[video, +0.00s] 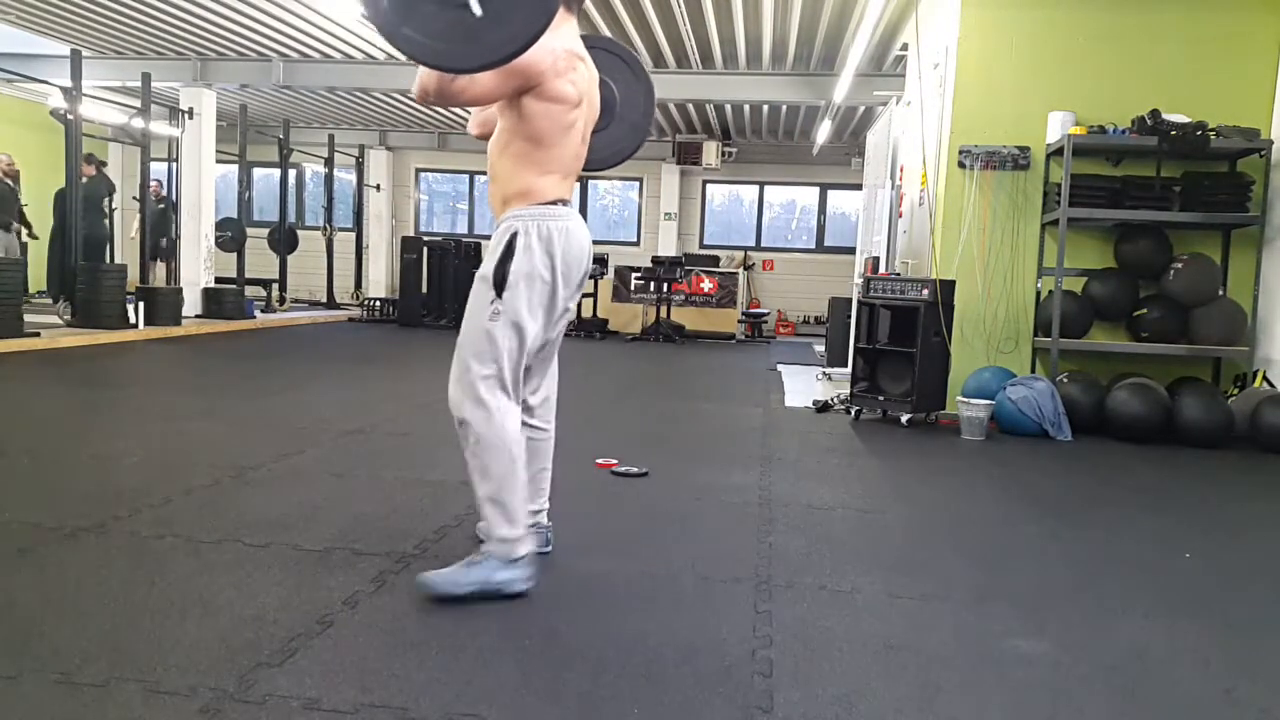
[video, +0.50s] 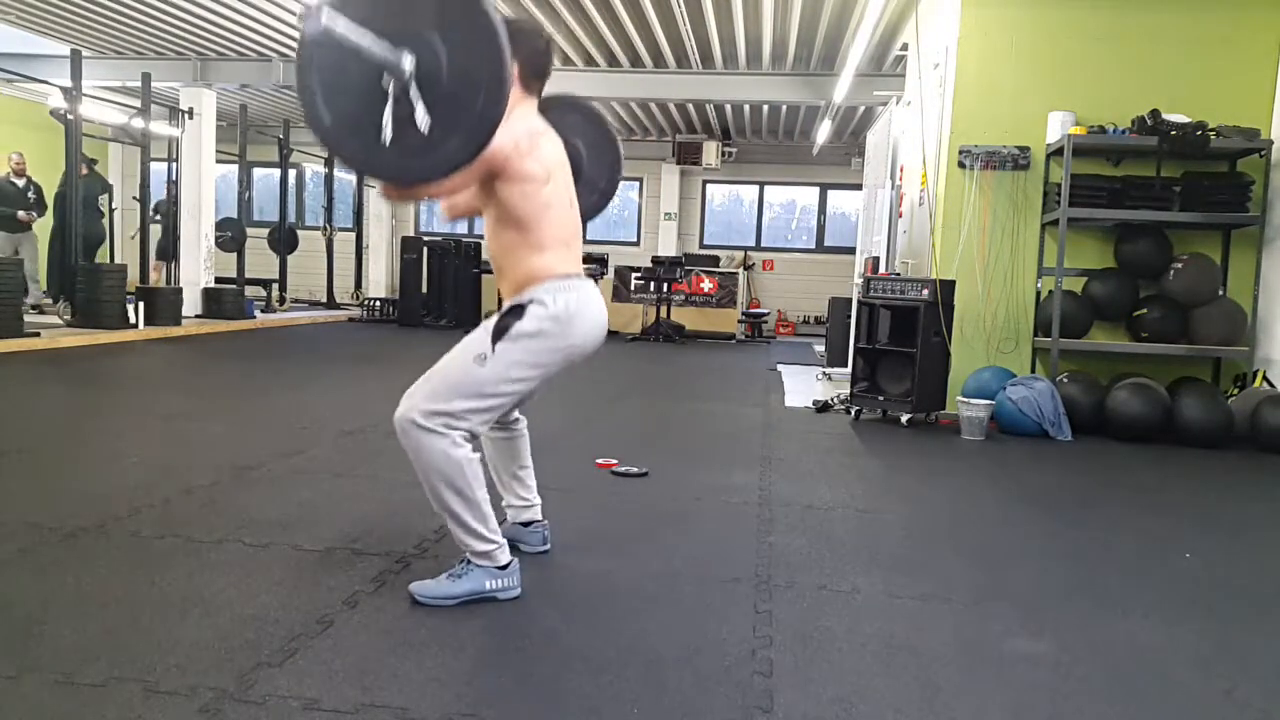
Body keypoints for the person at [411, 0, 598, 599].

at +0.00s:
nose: (503, 16)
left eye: (511, 8)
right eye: (503, 10)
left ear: (542, 4)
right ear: (573, 9)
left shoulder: (540, 52)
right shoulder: (584, 71)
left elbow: (429, 87)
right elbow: (482, 125)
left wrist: (461, 25)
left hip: (526, 236)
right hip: (565, 233)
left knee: (479, 389)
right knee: (534, 391)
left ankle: (506, 551)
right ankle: (529, 523)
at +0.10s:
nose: (501, 16)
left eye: (510, 8)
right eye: (502, 10)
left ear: (537, 5)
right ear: (567, 10)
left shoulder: (532, 56)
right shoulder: (577, 72)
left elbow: (422, 92)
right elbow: (476, 128)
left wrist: (455, 38)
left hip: (523, 242)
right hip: (563, 238)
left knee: (478, 399)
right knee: (525, 395)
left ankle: (492, 561)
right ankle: (529, 521)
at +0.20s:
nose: (489, 21)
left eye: (497, 11)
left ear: (524, 8)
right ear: (559, 12)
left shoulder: (525, 62)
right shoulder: (565, 74)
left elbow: (416, 104)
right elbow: (467, 137)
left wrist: (440, 44)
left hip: (527, 247)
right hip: (562, 244)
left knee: (464, 399)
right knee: (514, 400)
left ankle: (492, 561)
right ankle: (527, 521)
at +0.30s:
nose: (483, 21)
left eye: (491, 11)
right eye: (485, 12)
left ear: (519, 13)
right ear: (550, 19)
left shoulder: (520, 78)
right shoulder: (557, 86)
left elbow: (412, 125)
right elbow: (465, 151)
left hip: (535, 262)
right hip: (564, 258)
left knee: (449, 401)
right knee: (508, 405)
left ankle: (491, 562)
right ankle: (526, 523)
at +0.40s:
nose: (481, 46)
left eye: (489, 34)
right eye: (482, 33)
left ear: (515, 41)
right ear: (539, 44)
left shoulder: (512, 103)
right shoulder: (549, 104)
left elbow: (409, 153)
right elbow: (474, 172)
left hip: (541, 284)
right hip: (571, 280)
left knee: (437, 408)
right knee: (504, 409)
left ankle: (490, 563)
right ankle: (527, 522)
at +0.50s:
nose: (477, 74)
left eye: (486, 64)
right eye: (480, 63)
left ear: (508, 70)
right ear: (532, 75)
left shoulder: (508, 131)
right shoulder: (543, 136)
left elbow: (416, 187)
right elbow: (457, 205)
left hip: (546, 309)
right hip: (577, 304)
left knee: (424, 416)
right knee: (495, 408)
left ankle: (488, 564)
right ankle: (526, 521)